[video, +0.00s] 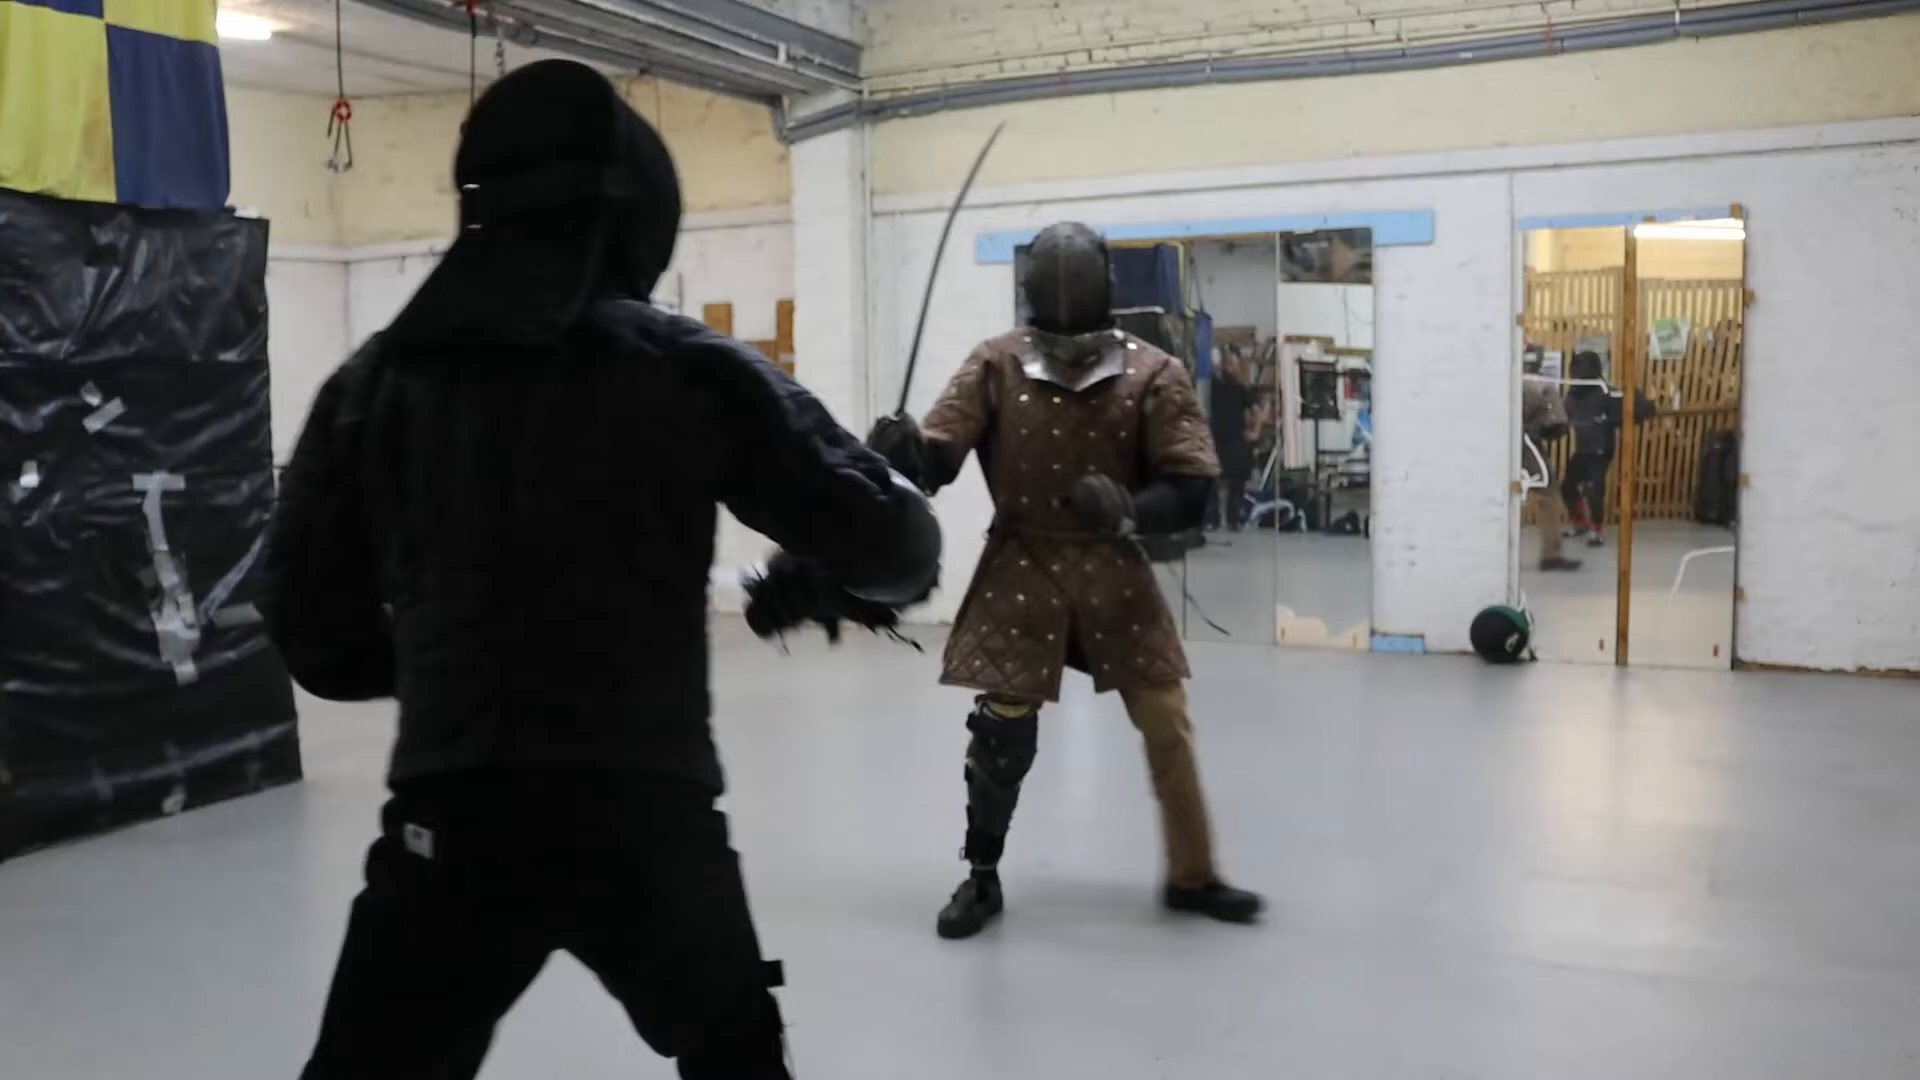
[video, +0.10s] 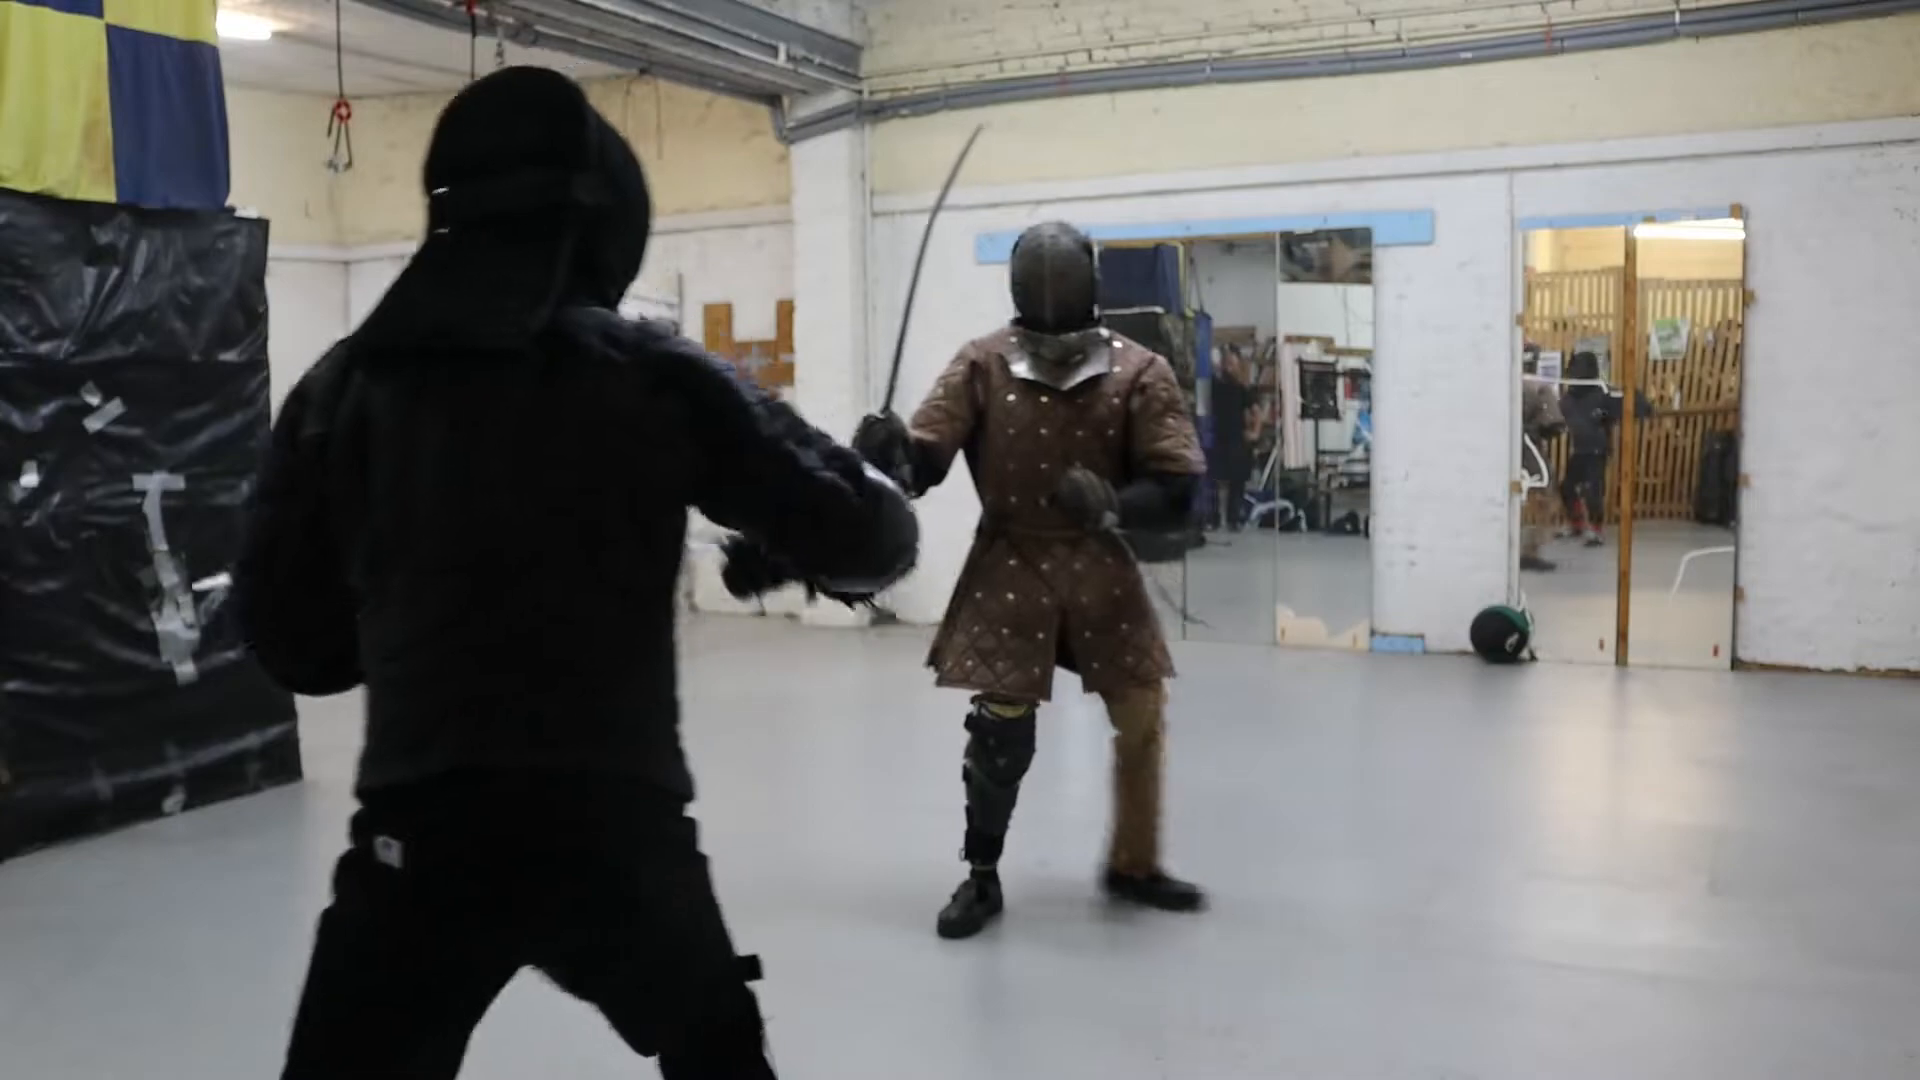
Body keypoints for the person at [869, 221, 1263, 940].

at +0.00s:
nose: (1062, 326)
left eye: (1077, 311)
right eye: (1048, 310)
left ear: (1102, 301)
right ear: (1030, 301)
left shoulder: (1153, 375)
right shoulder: (994, 368)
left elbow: (1195, 492)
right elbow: (935, 462)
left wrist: (1132, 508)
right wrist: (906, 449)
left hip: (1117, 572)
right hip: (1021, 570)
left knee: (1168, 722)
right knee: (1000, 729)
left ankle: (1192, 878)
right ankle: (979, 880)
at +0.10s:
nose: (1056, 352)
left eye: (1069, 337)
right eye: (1041, 338)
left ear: (1092, 307)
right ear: (1019, 311)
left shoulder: (1139, 372)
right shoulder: (981, 368)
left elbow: (1178, 486)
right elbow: (923, 465)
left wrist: (1113, 499)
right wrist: (893, 451)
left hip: (1102, 567)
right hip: (1010, 566)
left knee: (1143, 709)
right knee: (1001, 722)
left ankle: (1133, 868)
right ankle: (981, 877)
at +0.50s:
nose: (1016, 336)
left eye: (1030, 321)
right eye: (1001, 321)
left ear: (1053, 300)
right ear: (980, 304)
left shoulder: (1098, 370)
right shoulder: (948, 371)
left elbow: (1128, 482)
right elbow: (912, 477)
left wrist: (1052, 487)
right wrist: (915, 524)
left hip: (1061, 572)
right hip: (974, 570)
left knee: (1051, 731)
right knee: (978, 726)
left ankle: (1022, 856)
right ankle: (973, 869)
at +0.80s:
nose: (978, 359)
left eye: (992, 345)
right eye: (964, 344)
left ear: (1014, 323)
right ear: (942, 325)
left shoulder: (1062, 389)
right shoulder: (910, 388)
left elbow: (1110, 496)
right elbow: (872, 492)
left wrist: (1050, 513)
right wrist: (844, 506)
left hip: (1027, 581)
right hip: (942, 581)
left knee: (1054, 733)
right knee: (945, 734)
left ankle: (1021, 861)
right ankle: (901, 905)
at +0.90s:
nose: (954, 368)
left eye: (969, 354)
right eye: (939, 352)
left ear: (990, 332)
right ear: (917, 332)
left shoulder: (1033, 397)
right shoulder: (884, 394)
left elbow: (1083, 505)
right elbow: (834, 496)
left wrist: (1034, 520)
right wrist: (798, 478)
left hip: (1004, 587)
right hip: (919, 588)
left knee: (1048, 730)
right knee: (913, 748)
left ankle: (1022, 859)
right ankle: (840, 917)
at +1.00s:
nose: (911, 327)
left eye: (923, 311)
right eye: (896, 312)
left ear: (940, 312)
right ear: (872, 312)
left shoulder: (983, 396)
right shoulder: (838, 394)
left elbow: (1033, 493)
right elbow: (789, 468)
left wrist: (1007, 517)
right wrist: (817, 475)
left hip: (965, 589)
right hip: (879, 594)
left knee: (1017, 730)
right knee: (858, 768)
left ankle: (1031, 855)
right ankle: (770, 925)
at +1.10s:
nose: (857, 335)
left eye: (867, 319)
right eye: (843, 320)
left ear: (878, 316)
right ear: (813, 320)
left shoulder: (909, 386)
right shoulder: (792, 397)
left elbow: (954, 475)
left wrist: (952, 507)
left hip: (916, 581)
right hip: (834, 589)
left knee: (986, 720)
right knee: (814, 782)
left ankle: (1030, 844)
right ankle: (720, 933)